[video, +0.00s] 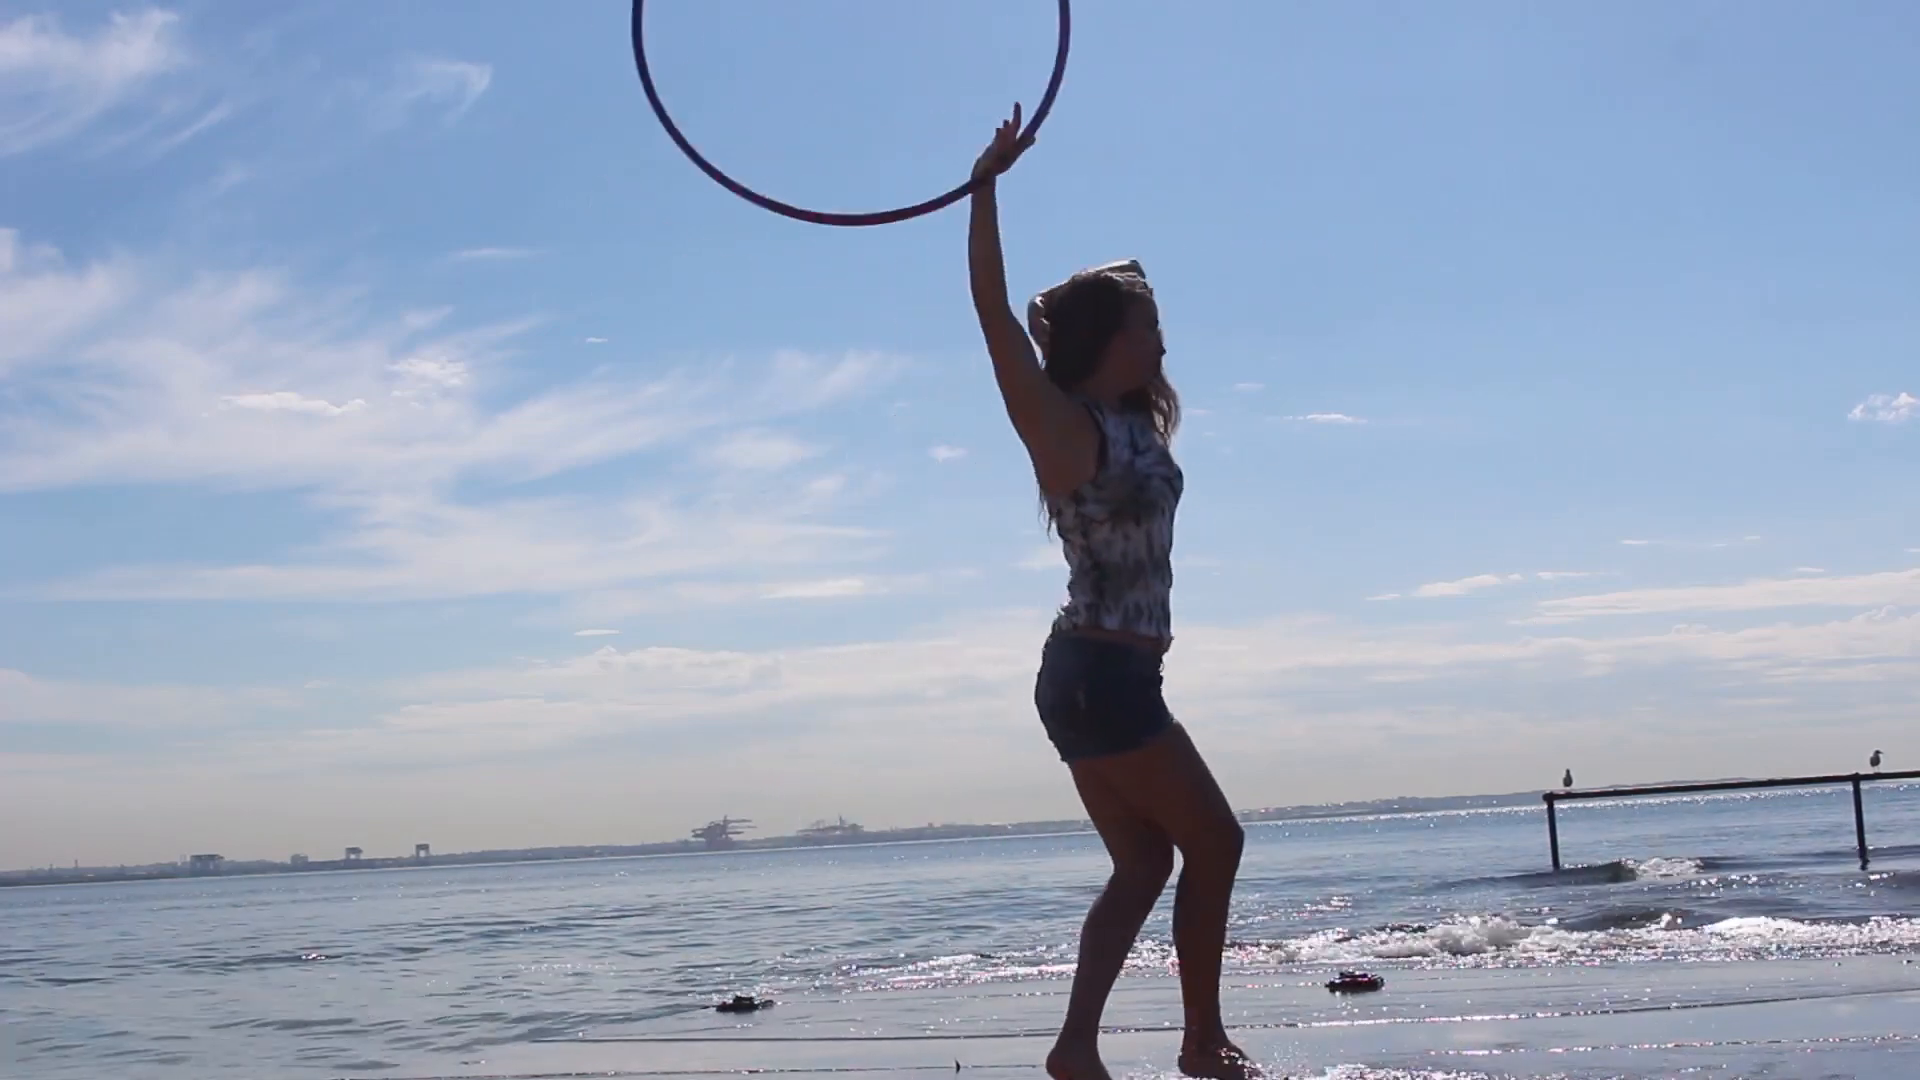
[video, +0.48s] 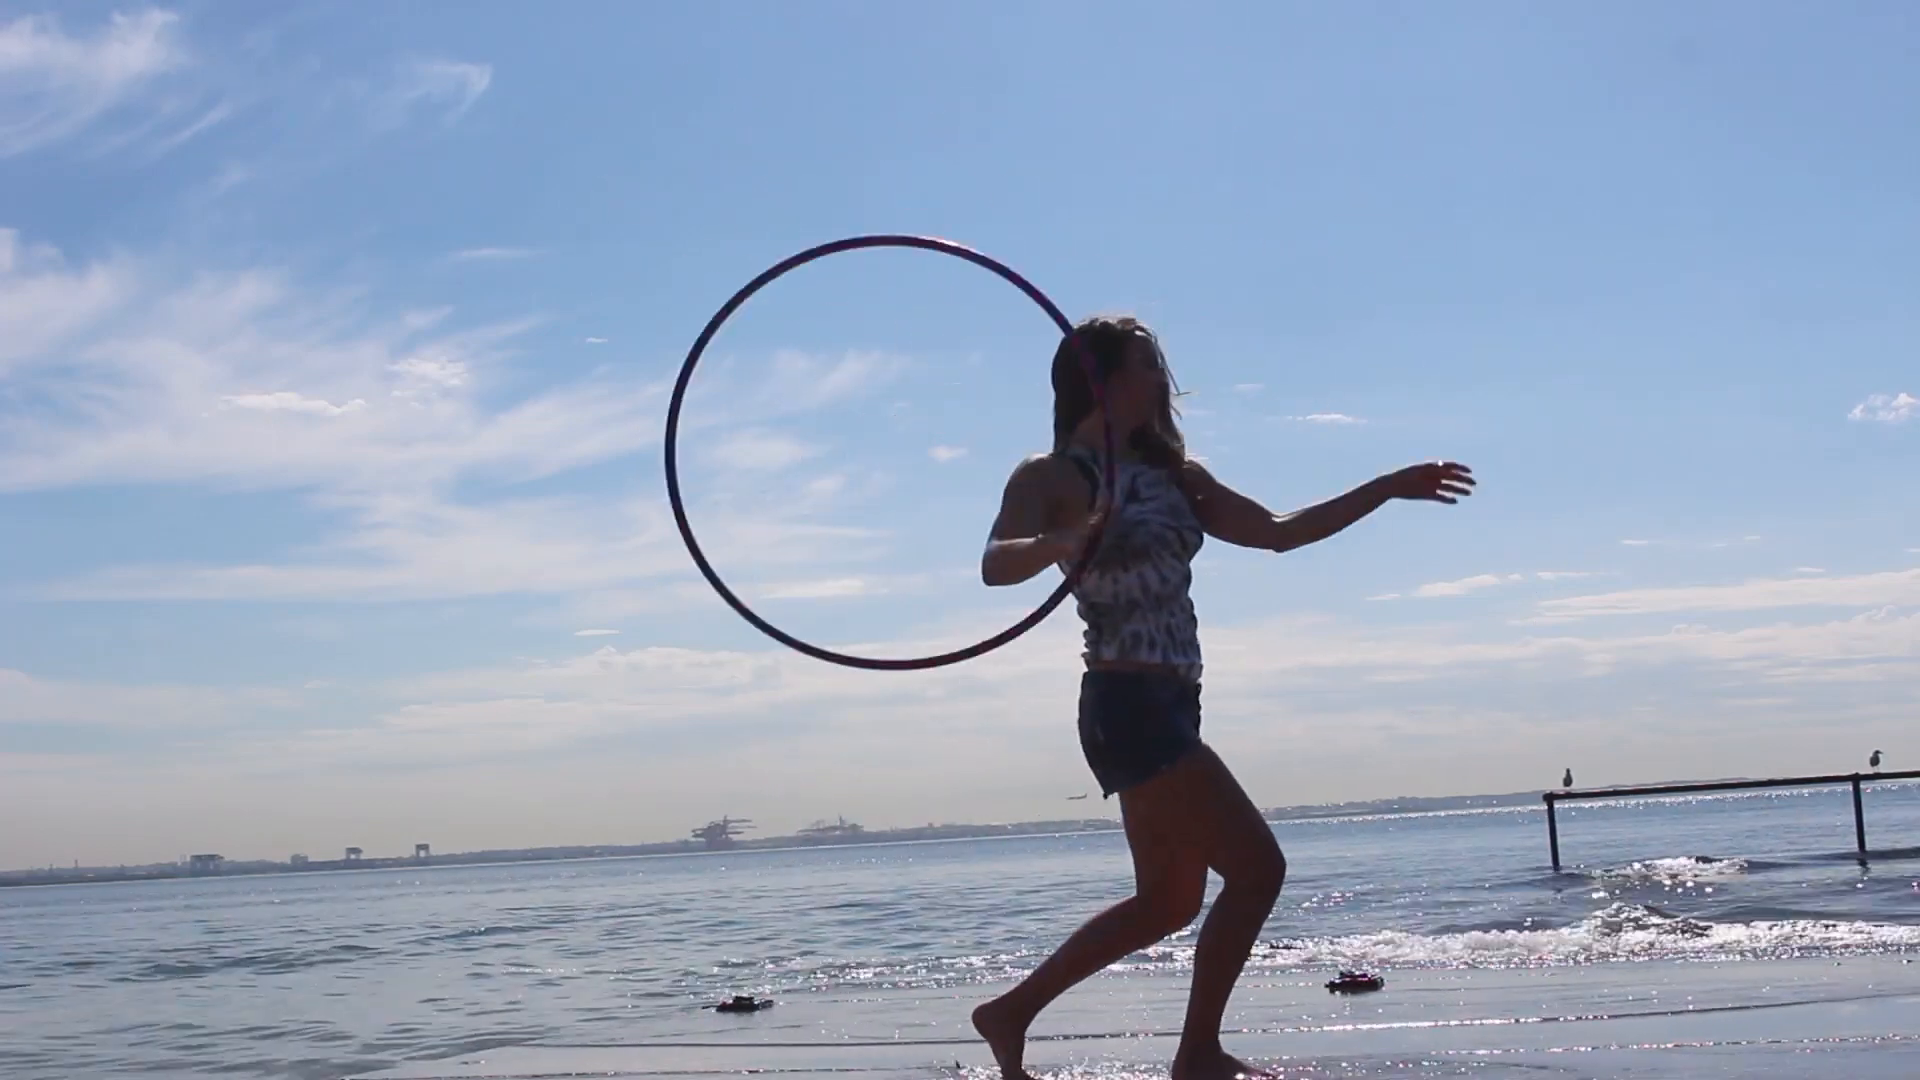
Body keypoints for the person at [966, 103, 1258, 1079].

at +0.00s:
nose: (1157, 336)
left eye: (1153, 323)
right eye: (1143, 323)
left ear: (1115, 342)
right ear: (1101, 339)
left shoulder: (1135, 418)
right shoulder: (1058, 422)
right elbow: (991, 307)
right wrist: (984, 184)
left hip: (1100, 674)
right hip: (1102, 677)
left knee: (1142, 859)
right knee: (1215, 843)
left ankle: (1075, 1047)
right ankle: (1203, 1042)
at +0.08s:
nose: (1166, 335)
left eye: (1165, 322)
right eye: (1153, 320)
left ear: (1139, 329)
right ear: (1112, 331)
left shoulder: (1152, 404)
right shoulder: (1059, 416)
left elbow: (1193, 275)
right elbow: (955, 340)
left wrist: (1105, 274)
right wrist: (979, 229)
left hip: (1136, 659)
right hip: (1111, 662)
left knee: (1162, 862)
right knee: (1209, 845)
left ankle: (1062, 1028)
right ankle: (1190, 1049)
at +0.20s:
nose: (1178, 359)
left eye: (1178, 346)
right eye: (1167, 344)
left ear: (1160, 352)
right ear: (1124, 350)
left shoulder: (1171, 426)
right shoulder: (1066, 439)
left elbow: (1261, 326)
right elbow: (934, 406)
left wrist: (1170, 279)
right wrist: (987, 338)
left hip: (1160, 679)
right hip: (1134, 682)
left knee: (1164, 880)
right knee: (1243, 858)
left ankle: (1018, 1014)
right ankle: (1193, 1051)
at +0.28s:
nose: (1178, 365)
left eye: (1177, 352)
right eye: (1166, 350)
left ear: (1152, 367)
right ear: (1121, 363)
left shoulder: (1176, 450)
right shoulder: (1064, 460)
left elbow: (1293, 389)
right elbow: (935, 434)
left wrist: (1234, 314)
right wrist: (994, 381)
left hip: (1172, 694)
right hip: (1141, 697)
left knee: (1144, 885)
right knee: (1260, 867)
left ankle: (1011, 1009)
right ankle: (1195, 1050)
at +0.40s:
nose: (1172, 376)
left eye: (1170, 363)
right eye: (1156, 362)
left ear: (1156, 383)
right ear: (1111, 379)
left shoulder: (1179, 473)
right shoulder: (1068, 472)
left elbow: (1298, 494)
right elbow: (964, 509)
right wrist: (1039, 462)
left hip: (1172, 704)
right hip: (1139, 707)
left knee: (1147, 895)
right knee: (1264, 870)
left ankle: (1008, 1009)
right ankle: (1198, 1051)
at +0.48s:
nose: (1165, 382)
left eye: (1162, 368)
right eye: (1150, 367)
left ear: (1119, 385)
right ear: (1103, 382)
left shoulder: (1170, 475)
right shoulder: (1050, 475)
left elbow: (1277, 530)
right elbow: (997, 564)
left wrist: (1387, 487)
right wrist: (1060, 542)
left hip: (1167, 701)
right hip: (1127, 704)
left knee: (1170, 899)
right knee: (1257, 868)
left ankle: (1009, 1012)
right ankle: (1198, 1053)